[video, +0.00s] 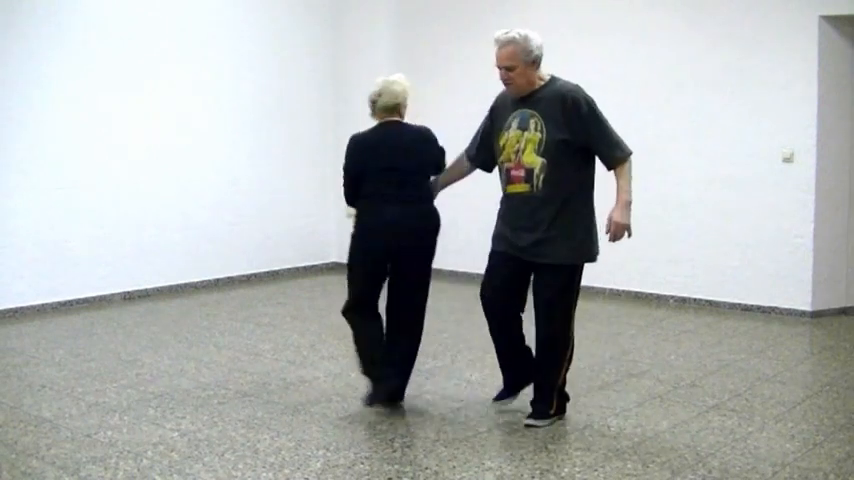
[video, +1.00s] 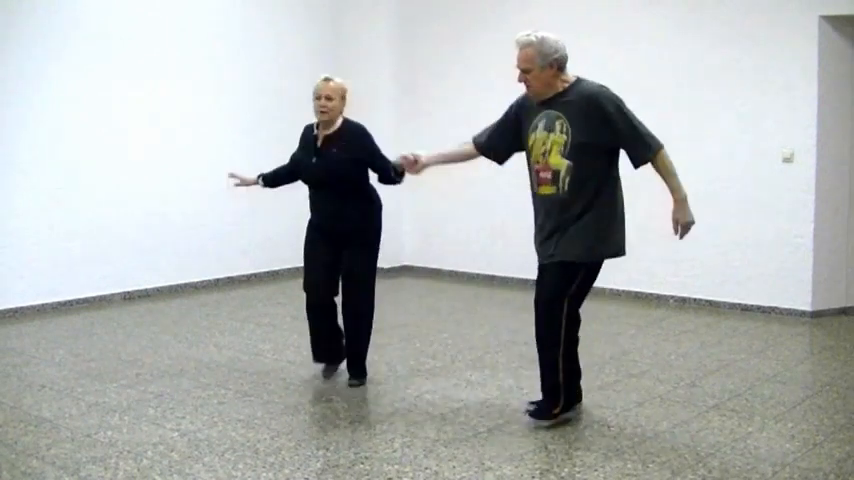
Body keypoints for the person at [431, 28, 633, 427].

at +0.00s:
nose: (502, 76)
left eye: (509, 69)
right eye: (499, 69)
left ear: (534, 65)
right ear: (499, 66)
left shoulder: (570, 100)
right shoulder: (503, 106)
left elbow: (619, 155)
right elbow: (473, 157)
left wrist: (622, 206)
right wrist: (432, 185)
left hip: (563, 234)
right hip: (513, 231)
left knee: (553, 321)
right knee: (496, 299)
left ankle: (550, 402)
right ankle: (519, 370)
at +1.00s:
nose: (519, 78)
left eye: (525, 72)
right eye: (518, 71)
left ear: (554, 69)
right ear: (545, 69)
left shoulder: (595, 101)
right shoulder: (525, 110)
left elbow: (650, 148)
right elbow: (480, 145)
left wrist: (680, 200)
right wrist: (426, 160)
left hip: (590, 230)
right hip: (551, 232)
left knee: (552, 304)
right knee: (557, 308)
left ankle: (558, 400)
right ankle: (566, 392)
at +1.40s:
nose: (500, 76)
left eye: (505, 68)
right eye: (499, 68)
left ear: (533, 67)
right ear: (526, 67)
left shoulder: (572, 100)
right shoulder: (516, 106)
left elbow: (627, 136)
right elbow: (481, 141)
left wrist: (645, 176)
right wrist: (433, 153)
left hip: (575, 245)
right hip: (532, 242)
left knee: (559, 326)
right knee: (515, 308)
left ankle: (556, 412)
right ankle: (547, 391)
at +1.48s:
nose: (492, 72)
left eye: (497, 65)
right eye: (492, 65)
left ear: (523, 66)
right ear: (519, 66)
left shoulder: (555, 96)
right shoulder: (517, 103)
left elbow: (593, 134)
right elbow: (491, 148)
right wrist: (443, 159)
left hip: (560, 247)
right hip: (523, 243)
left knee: (553, 327)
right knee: (498, 301)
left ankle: (555, 411)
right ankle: (522, 388)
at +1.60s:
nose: (479, 74)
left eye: (482, 67)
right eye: (479, 67)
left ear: (504, 66)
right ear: (507, 66)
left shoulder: (531, 97)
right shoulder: (515, 101)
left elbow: (526, 148)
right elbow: (510, 162)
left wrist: (457, 160)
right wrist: (463, 169)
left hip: (530, 242)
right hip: (510, 239)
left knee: (533, 325)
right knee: (481, 308)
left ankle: (552, 410)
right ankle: (463, 392)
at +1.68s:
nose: (468, 79)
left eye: (471, 71)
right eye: (468, 71)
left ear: (489, 69)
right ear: (495, 68)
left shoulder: (511, 101)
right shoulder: (511, 98)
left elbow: (484, 156)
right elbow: (504, 160)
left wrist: (421, 168)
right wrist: (472, 175)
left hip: (511, 239)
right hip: (506, 237)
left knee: (476, 311)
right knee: (512, 318)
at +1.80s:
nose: (451, 81)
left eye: (452, 74)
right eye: (452, 74)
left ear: (462, 70)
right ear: (488, 68)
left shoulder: (474, 102)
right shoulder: (507, 103)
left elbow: (448, 165)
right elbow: (526, 168)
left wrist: (401, 185)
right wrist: (472, 184)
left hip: (474, 237)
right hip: (498, 234)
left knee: (483, 319)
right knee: (455, 314)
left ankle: (541, 398)